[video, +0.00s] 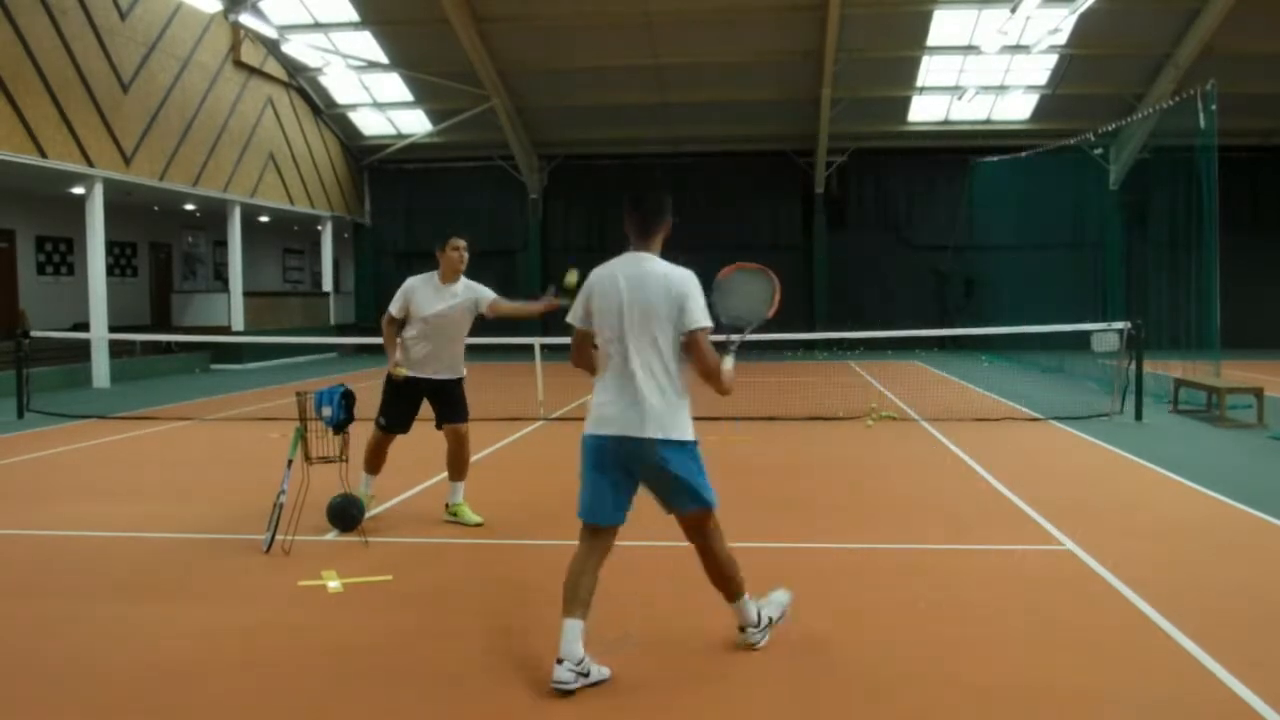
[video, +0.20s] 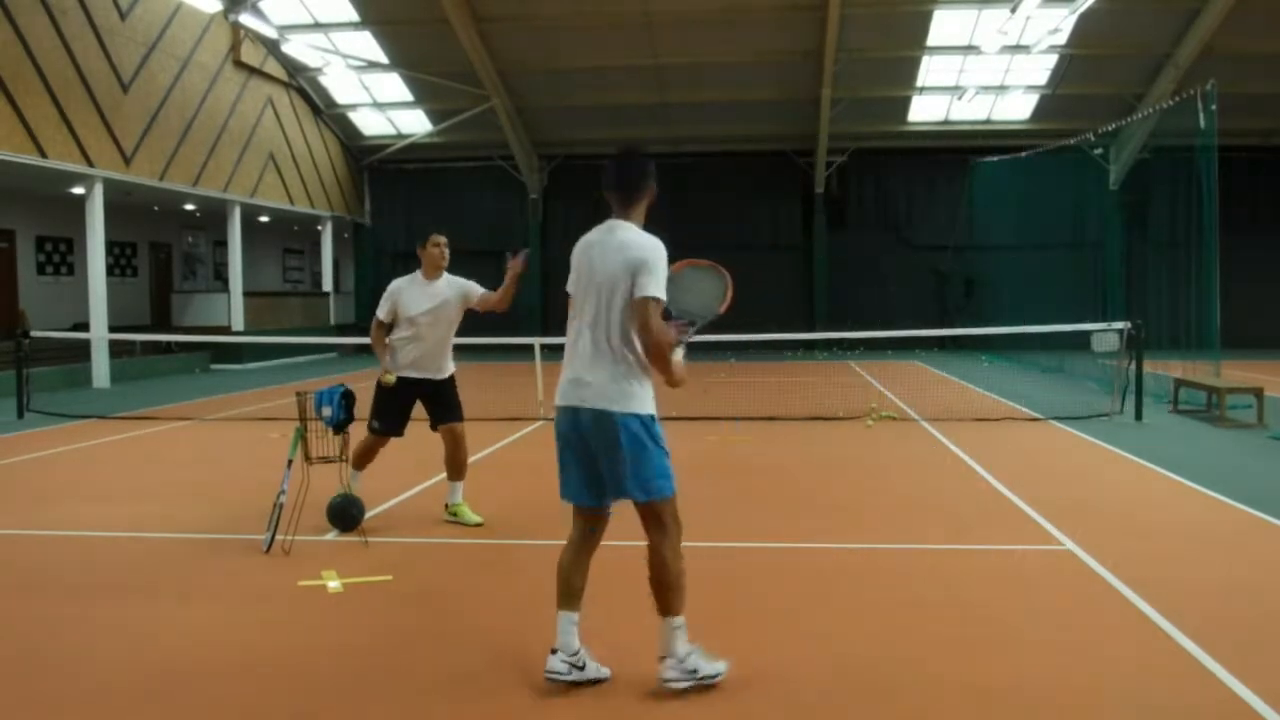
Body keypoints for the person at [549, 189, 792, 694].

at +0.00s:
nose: (666, 233)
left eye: (653, 223)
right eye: (667, 225)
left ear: (626, 226)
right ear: (666, 228)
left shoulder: (597, 278)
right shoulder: (679, 280)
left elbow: (581, 355)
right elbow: (701, 354)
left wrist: (624, 373)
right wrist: (722, 379)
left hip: (605, 432)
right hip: (663, 432)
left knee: (592, 543)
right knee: (704, 532)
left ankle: (569, 659)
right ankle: (750, 618)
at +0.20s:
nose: (650, 198)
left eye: (635, 190)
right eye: (652, 191)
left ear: (607, 191)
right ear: (651, 192)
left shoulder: (584, 244)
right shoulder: (646, 247)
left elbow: (576, 317)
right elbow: (650, 330)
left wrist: (648, 332)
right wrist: (670, 369)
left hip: (573, 407)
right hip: (624, 411)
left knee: (586, 525)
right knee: (664, 526)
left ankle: (565, 650)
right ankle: (676, 654)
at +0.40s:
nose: (636, 217)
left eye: (629, 209)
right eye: (636, 210)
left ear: (591, 214)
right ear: (633, 214)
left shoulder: (571, 271)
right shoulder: (625, 277)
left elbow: (589, 353)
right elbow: (637, 363)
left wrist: (653, 350)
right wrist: (666, 398)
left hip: (560, 432)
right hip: (604, 440)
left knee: (587, 550)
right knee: (615, 564)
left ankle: (547, 656)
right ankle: (541, 682)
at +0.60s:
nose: (646, 245)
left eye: (644, 237)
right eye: (645, 237)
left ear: (595, 244)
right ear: (638, 244)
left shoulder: (580, 301)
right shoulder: (623, 307)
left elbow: (631, 380)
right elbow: (649, 399)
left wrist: (693, 366)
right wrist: (690, 420)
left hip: (568, 463)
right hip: (589, 471)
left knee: (644, 542)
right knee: (596, 606)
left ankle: (573, 647)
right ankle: (513, 707)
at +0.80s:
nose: (673, 242)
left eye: (671, 234)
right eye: (673, 234)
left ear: (633, 235)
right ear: (663, 236)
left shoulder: (650, 292)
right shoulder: (627, 289)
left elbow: (701, 340)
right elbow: (670, 344)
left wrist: (755, 315)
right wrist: (748, 345)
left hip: (628, 454)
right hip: (609, 454)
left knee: (656, 556)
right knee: (622, 578)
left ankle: (575, 657)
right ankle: (524, 695)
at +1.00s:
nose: (730, 235)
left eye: (730, 229)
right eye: (727, 227)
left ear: (704, 227)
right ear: (710, 224)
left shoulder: (719, 277)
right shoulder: (671, 266)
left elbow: (777, 306)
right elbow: (666, 291)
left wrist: (824, 273)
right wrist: (741, 272)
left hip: (665, 428)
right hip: (654, 428)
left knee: (662, 552)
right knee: (718, 538)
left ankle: (579, 651)